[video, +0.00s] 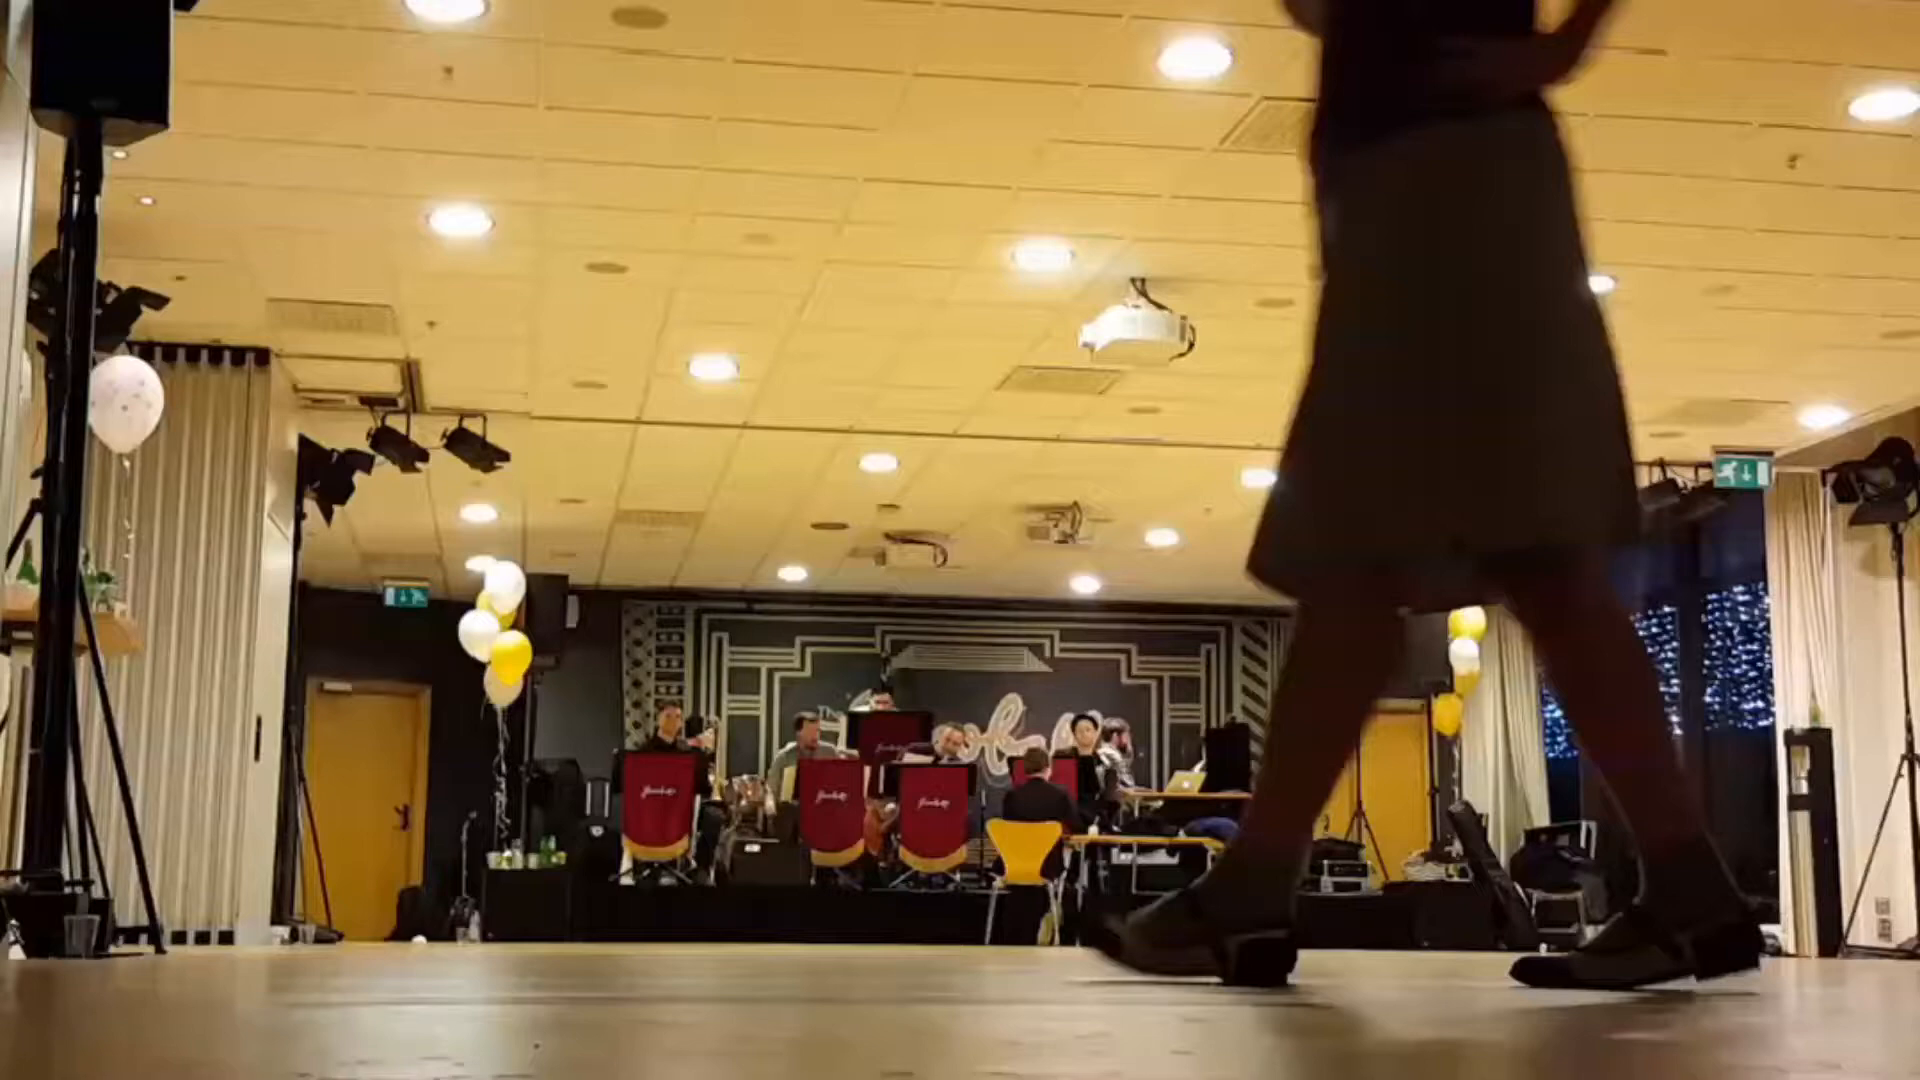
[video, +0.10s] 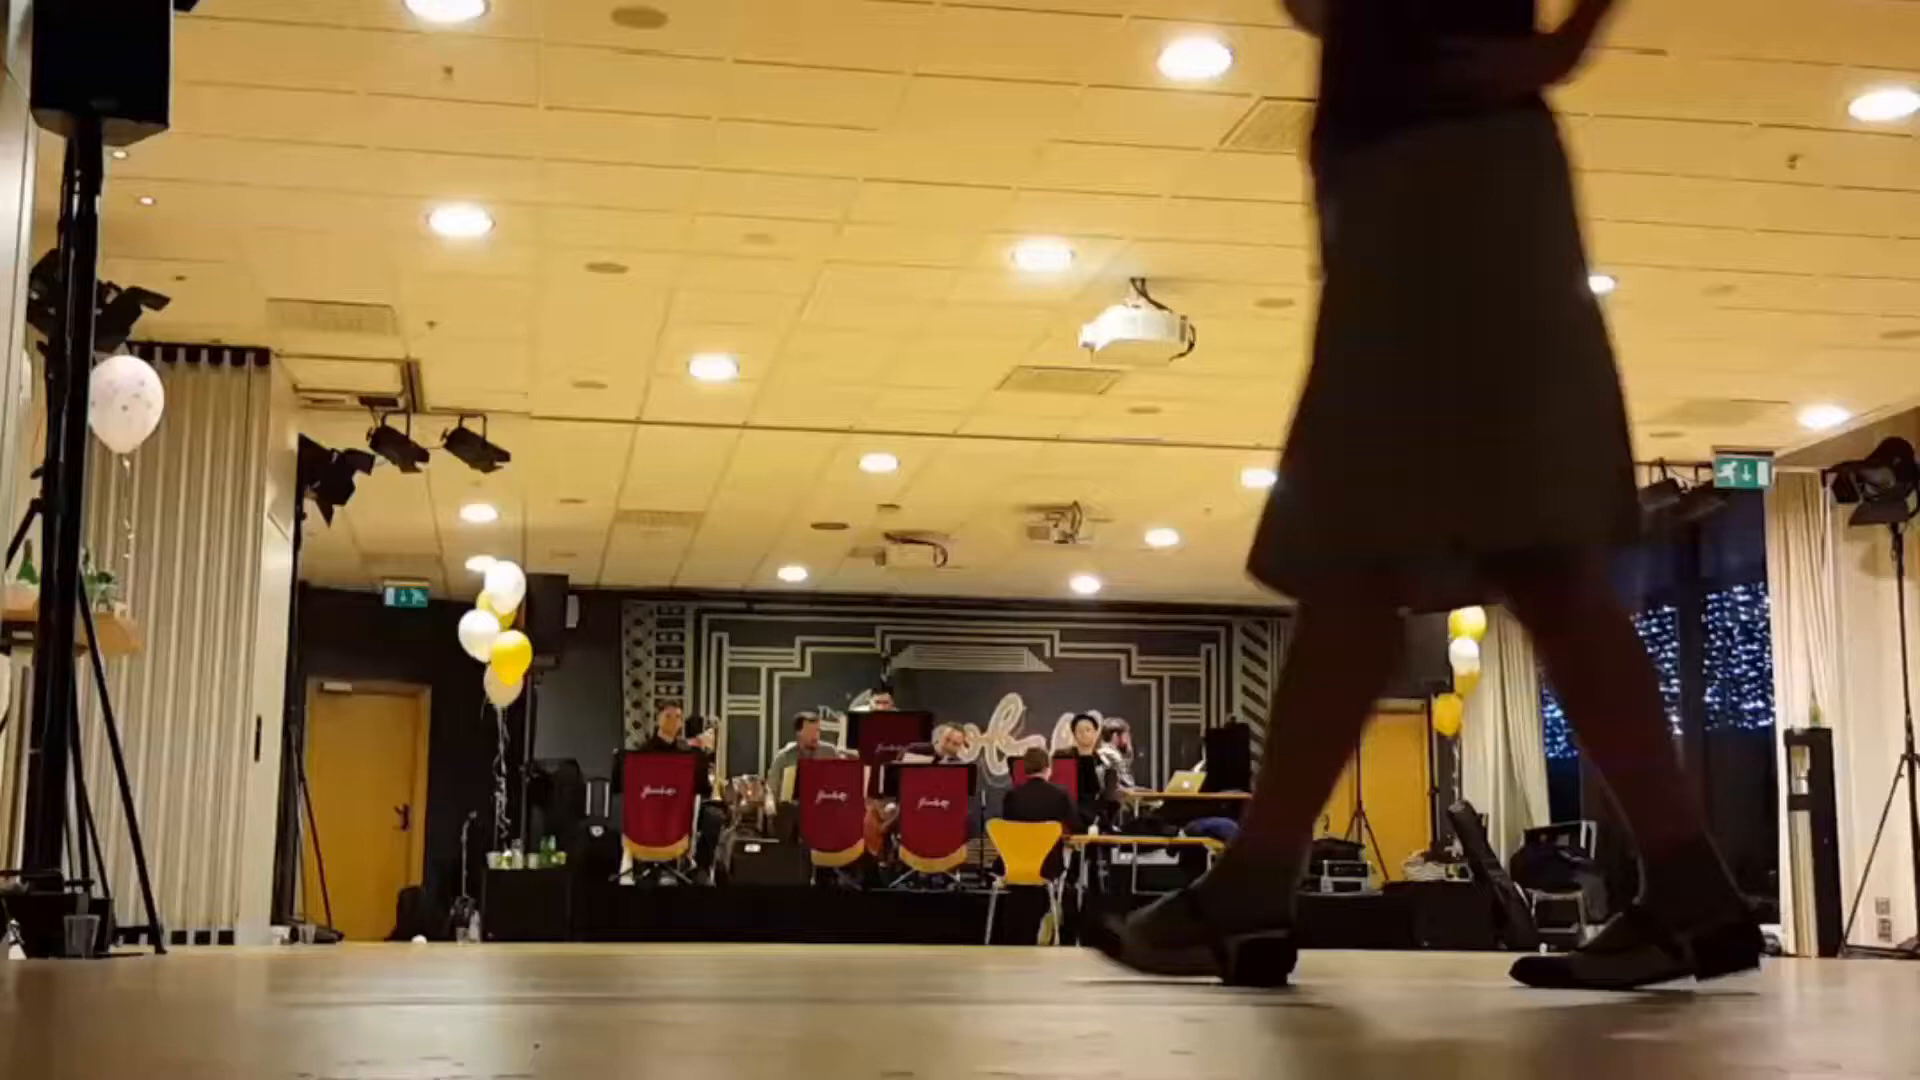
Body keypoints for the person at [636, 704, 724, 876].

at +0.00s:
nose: (672, 722)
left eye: (677, 717)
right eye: (667, 716)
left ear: (682, 723)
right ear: (658, 719)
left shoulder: (692, 754)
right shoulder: (644, 752)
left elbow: (704, 791)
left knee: (714, 816)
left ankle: (703, 868)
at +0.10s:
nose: (672, 722)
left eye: (677, 717)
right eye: (667, 716)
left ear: (682, 722)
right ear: (658, 719)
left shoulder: (692, 754)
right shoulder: (644, 752)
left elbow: (704, 790)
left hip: (683, 814)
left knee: (714, 816)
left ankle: (703, 868)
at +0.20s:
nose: (672, 721)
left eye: (677, 717)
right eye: (667, 716)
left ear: (682, 723)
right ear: (658, 719)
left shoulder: (692, 754)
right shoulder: (644, 752)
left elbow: (704, 790)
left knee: (714, 817)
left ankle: (703, 868)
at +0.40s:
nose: (672, 721)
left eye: (677, 717)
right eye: (667, 716)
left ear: (682, 723)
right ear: (658, 719)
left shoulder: (692, 754)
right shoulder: (644, 752)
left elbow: (704, 790)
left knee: (714, 817)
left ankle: (703, 868)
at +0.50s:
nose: (672, 722)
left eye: (677, 717)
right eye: (667, 716)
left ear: (682, 722)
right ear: (658, 719)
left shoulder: (692, 754)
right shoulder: (644, 752)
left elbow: (704, 790)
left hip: (683, 814)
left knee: (714, 816)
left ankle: (703, 868)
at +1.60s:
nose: (673, 721)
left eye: (677, 717)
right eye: (668, 716)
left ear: (682, 722)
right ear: (658, 720)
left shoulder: (692, 753)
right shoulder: (644, 751)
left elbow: (704, 790)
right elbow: (634, 785)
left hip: (684, 806)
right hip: (652, 806)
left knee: (714, 816)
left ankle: (703, 869)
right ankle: (643, 868)